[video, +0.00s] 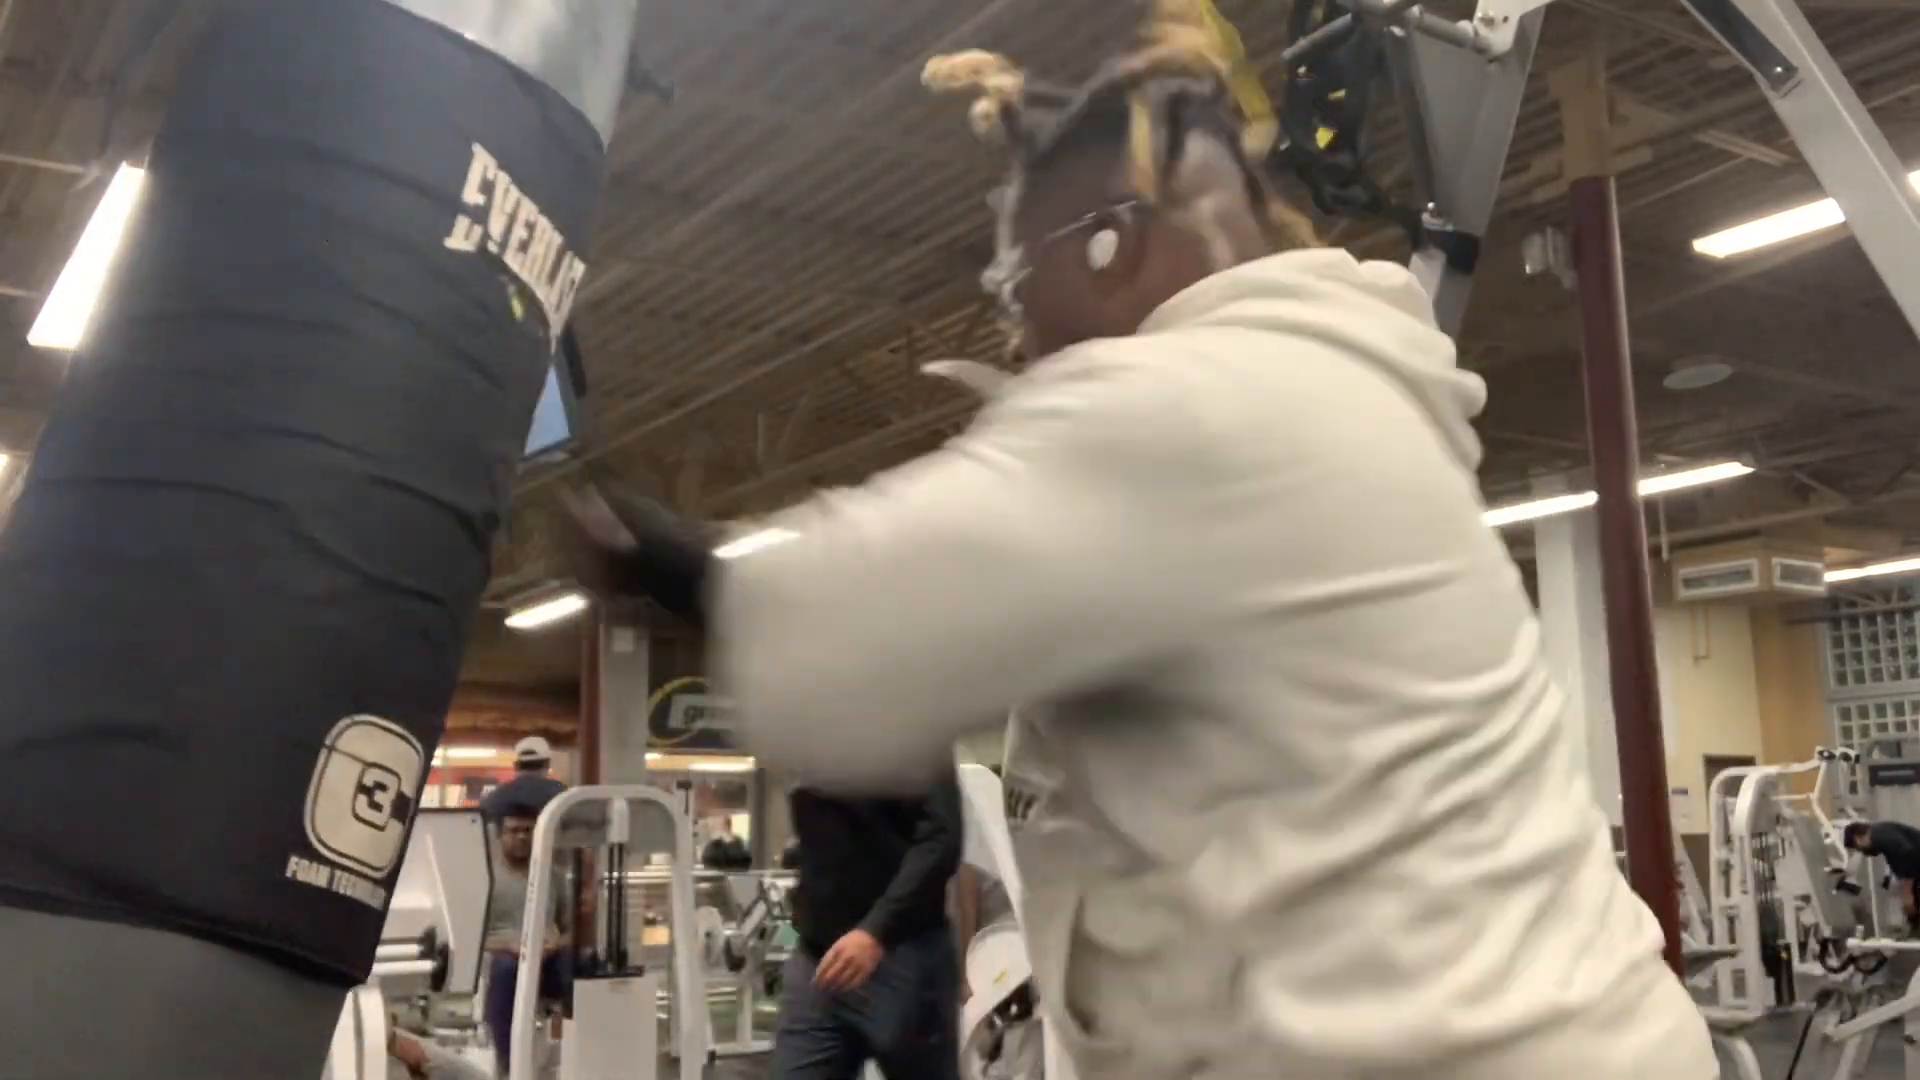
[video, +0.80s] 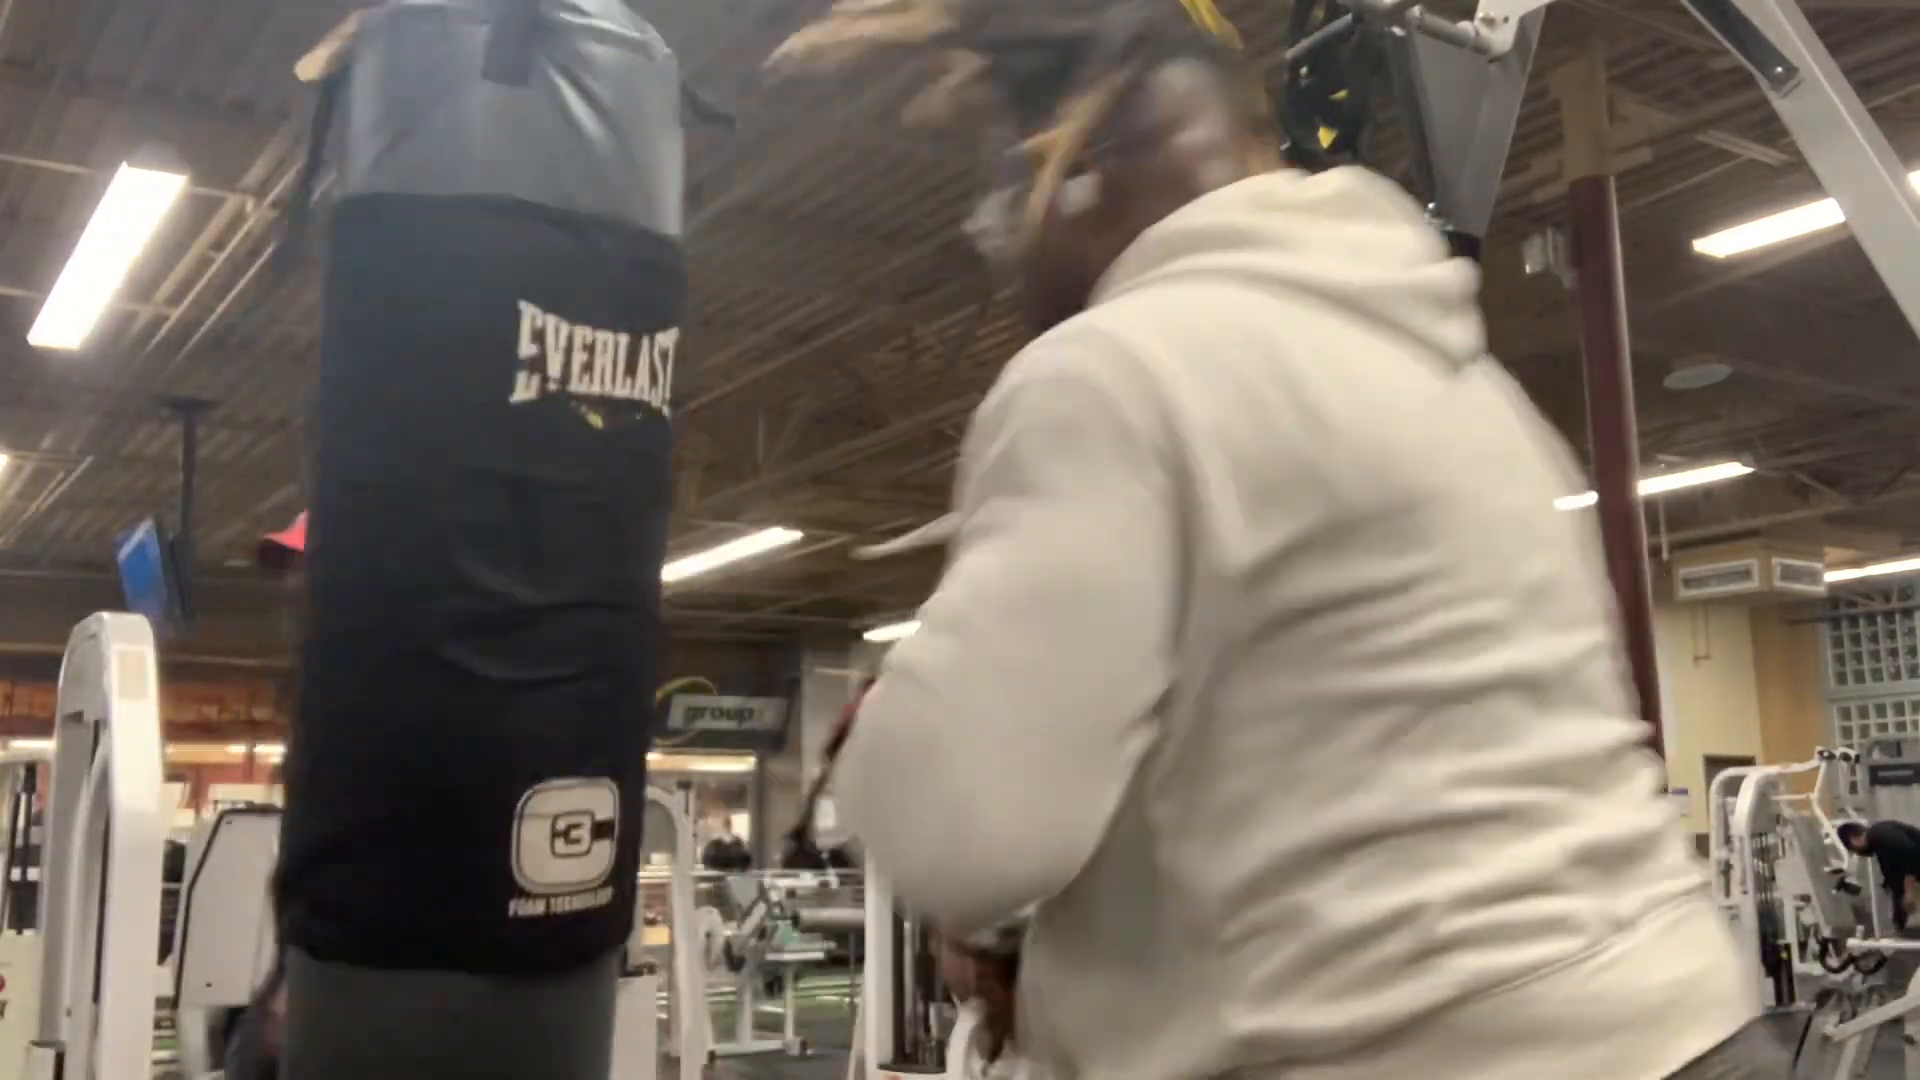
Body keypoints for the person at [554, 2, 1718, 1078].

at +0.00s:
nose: (1015, 322)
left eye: (1025, 264)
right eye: (1010, 273)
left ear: (1124, 224)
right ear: (1199, 217)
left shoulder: (1193, 408)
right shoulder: (1326, 372)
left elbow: (802, 656)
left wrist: (693, 586)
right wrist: (733, 586)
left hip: (1400, 1051)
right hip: (1576, 1026)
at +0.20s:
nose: (875, 328)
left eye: (873, 294)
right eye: (863, 303)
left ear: (943, 240)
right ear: (1067, 204)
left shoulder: (963, 399)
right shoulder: (1234, 365)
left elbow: (624, 793)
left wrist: (697, 602)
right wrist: (806, 541)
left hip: (1283, 1045)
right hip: (1541, 1016)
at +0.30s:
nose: (886, 359)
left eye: (879, 315)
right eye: (868, 325)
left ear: (949, 266)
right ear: (1082, 212)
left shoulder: (993, 434)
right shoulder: (1235, 382)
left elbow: (672, 783)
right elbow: (928, 609)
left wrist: (701, 596)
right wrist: (650, 512)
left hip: (1256, 1046)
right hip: (1541, 1012)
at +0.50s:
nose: (805, 364)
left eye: (802, 335)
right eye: (794, 339)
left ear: (833, 306)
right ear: (1030, 227)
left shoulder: (840, 457)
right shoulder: (1273, 422)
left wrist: (655, 816)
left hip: (1210, 1052)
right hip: (1516, 1022)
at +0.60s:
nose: (773, 404)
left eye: (753, 365)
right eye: (749, 375)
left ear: (805, 336)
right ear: (925, 250)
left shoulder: (918, 501)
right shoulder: (1118, 400)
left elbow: (787, 1004)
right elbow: (860, 571)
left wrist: (745, 815)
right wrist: (636, 532)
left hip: (1321, 1071)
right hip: (1551, 1026)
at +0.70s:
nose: (827, 378)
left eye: (820, 316)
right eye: (807, 327)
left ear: (909, 259)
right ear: (1052, 228)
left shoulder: (983, 474)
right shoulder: (1240, 385)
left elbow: (893, 986)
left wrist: (808, 746)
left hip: (1322, 1047)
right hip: (1579, 1012)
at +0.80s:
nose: (1010, 247)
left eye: (1010, 204)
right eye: (1000, 210)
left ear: (1076, 177)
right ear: (1251, 149)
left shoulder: (1116, 373)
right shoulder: (1444, 353)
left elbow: (952, 837)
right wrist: (1051, 935)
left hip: (1369, 1038)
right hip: (1672, 1005)